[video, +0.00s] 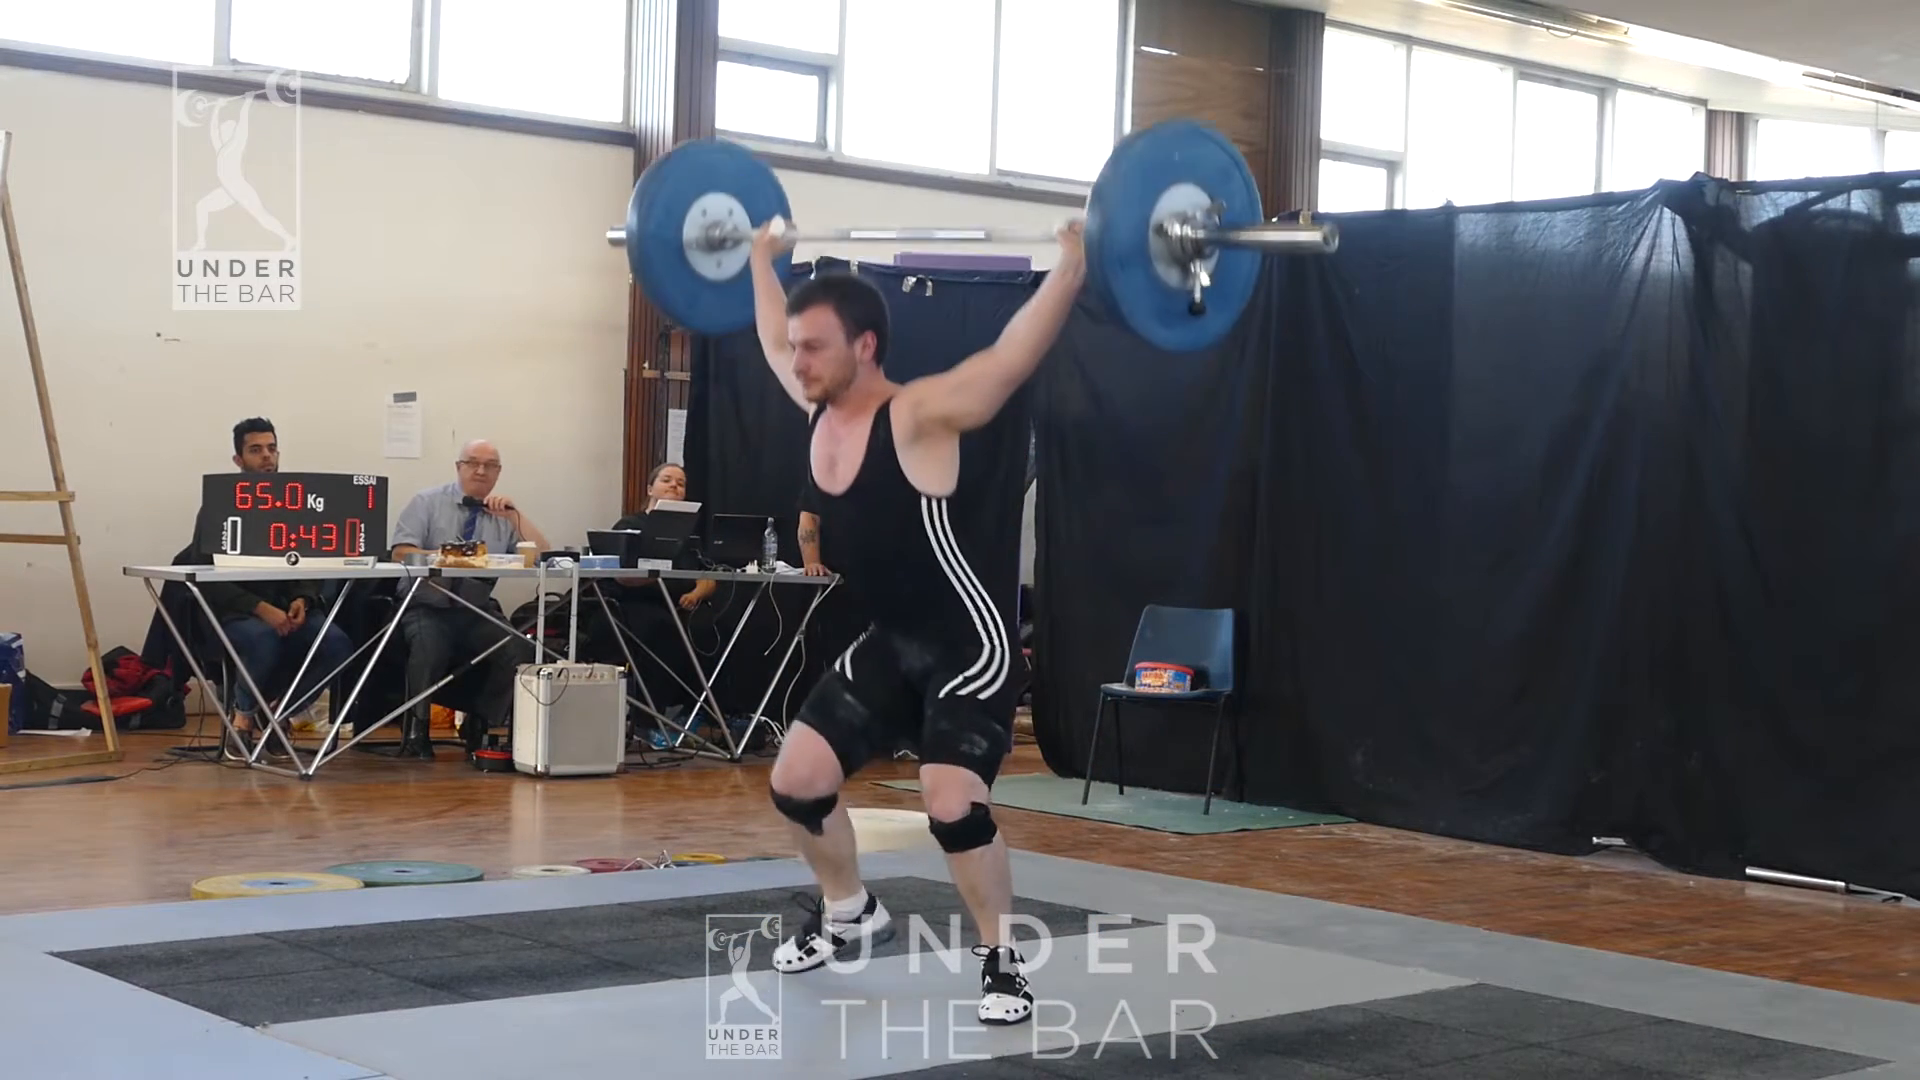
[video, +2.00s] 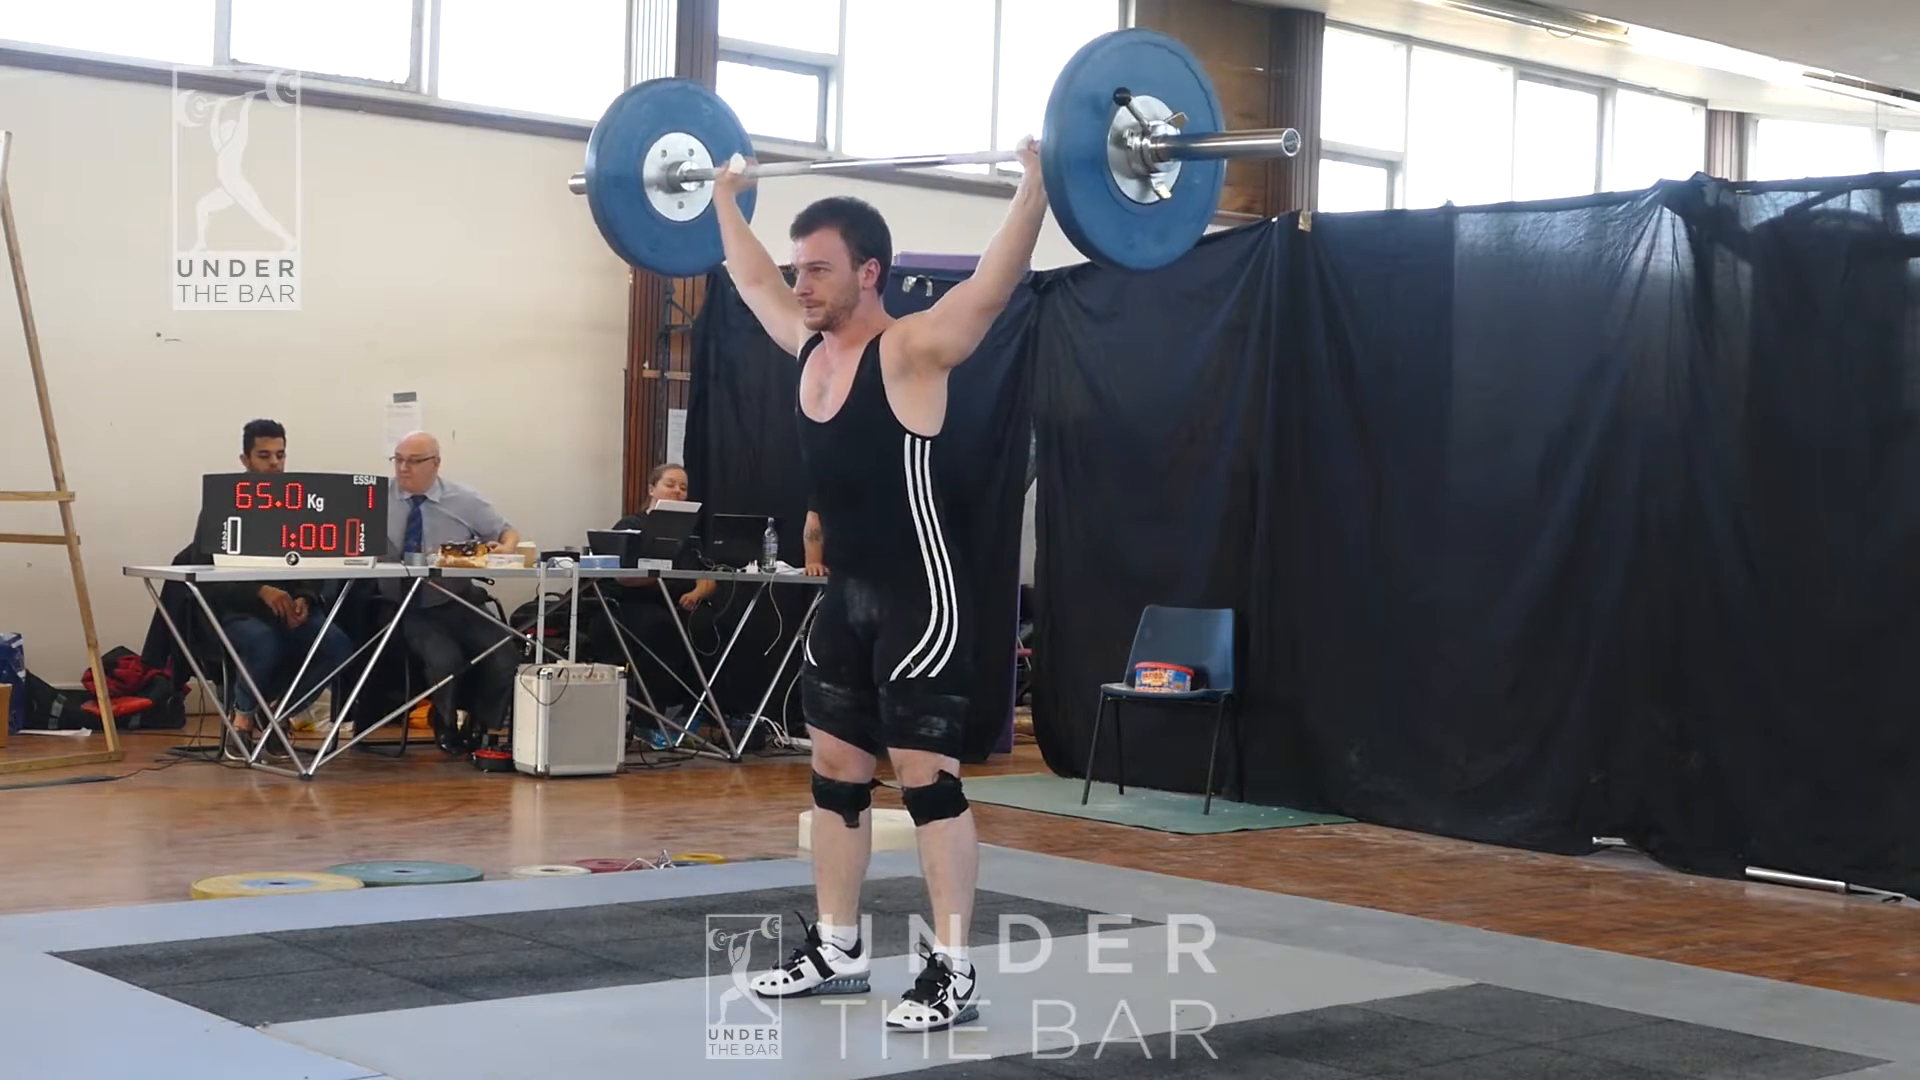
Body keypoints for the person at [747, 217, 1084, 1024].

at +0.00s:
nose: (798, 361)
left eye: (812, 346)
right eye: (793, 348)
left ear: (864, 346)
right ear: (798, 351)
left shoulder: (922, 411)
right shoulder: (824, 416)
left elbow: (1008, 358)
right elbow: (777, 342)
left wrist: (1068, 272)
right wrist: (760, 258)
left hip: (969, 644)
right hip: (887, 640)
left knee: (951, 803)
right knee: (798, 780)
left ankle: (1000, 949)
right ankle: (848, 913)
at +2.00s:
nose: (802, 284)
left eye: (817, 270)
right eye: (799, 271)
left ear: (871, 273)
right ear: (804, 280)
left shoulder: (913, 346)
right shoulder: (811, 346)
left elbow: (991, 286)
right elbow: (758, 282)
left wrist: (1032, 188)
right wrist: (724, 199)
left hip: (925, 595)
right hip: (847, 594)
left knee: (924, 771)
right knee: (836, 765)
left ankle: (950, 971)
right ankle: (837, 952)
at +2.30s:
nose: (913, 282)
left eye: (930, 269)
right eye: (909, 270)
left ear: (980, 275)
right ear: (911, 277)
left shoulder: (1001, 351)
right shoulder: (902, 345)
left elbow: (1029, 323)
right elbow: (799, 305)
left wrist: (1031, 243)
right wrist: (706, 233)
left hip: (985, 601)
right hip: (910, 594)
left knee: (953, 767)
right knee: (863, 756)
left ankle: (952, 969)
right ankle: (838, 947)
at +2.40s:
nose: (945, 284)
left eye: (963, 270)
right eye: (940, 271)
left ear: (1008, 281)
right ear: (935, 282)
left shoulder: (1022, 363)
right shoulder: (922, 368)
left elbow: (1066, 352)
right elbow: (811, 377)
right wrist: (701, 344)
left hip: (998, 609)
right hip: (923, 600)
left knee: (965, 767)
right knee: (867, 752)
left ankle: (954, 968)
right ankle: (882, 933)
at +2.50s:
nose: (959, 289)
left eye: (977, 276)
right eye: (957, 276)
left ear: (1024, 289)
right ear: (959, 287)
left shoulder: (1046, 386)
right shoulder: (934, 385)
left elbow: (1088, 498)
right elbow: (846, 448)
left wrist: (1060, 557)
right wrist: (734, 482)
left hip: (1008, 601)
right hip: (937, 593)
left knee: (966, 768)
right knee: (880, 763)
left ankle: (955, 972)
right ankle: (947, 906)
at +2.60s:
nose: (968, 298)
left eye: (986, 285)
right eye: (965, 286)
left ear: (1033, 299)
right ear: (967, 297)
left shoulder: (1058, 402)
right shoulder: (952, 396)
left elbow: (1094, 517)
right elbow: (906, 508)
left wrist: (1084, 624)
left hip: (1013, 633)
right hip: (937, 624)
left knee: (975, 789)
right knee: (913, 784)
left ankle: (957, 962)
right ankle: (1004, 909)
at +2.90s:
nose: (991, 301)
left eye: (1006, 287)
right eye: (986, 288)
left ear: (1053, 290)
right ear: (987, 294)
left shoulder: (1092, 380)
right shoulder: (981, 389)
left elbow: (1160, 473)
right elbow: (971, 494)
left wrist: (1146, 584)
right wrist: (957, 590)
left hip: (1071, 614)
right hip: (994, 612)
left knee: (1056, 766)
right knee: (984, 762)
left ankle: (1061, 938)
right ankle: (1002, 930)